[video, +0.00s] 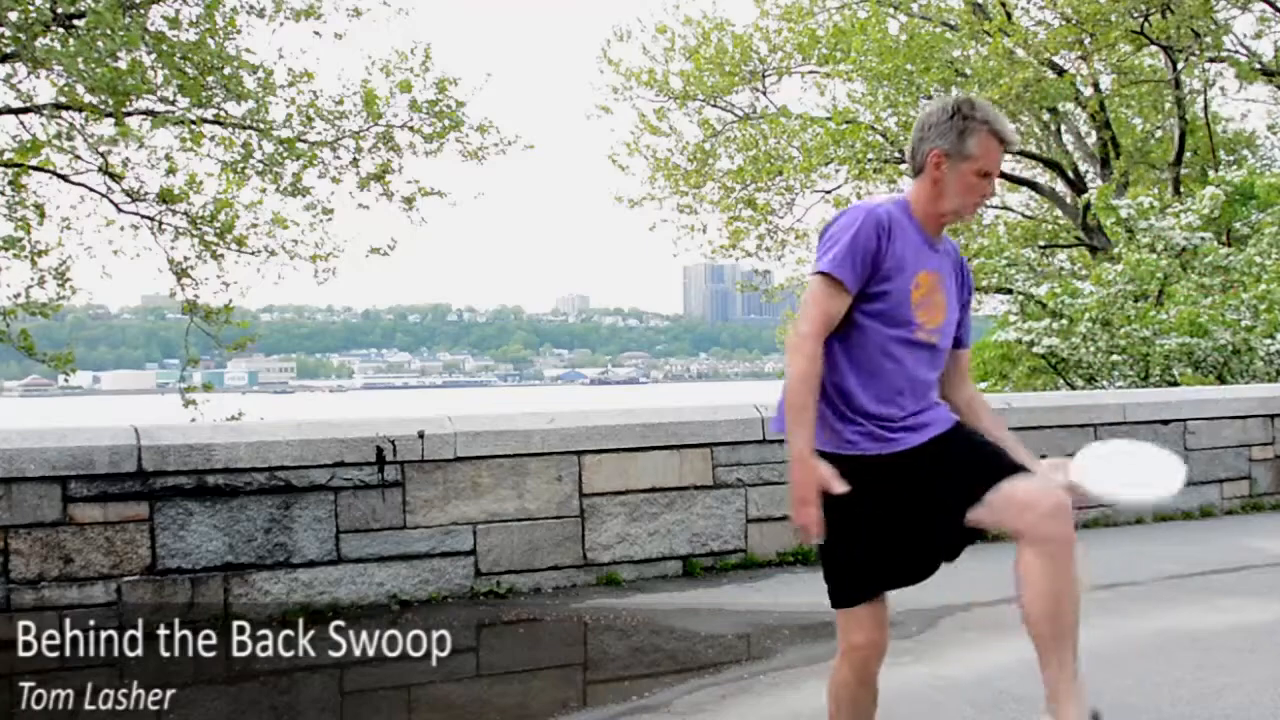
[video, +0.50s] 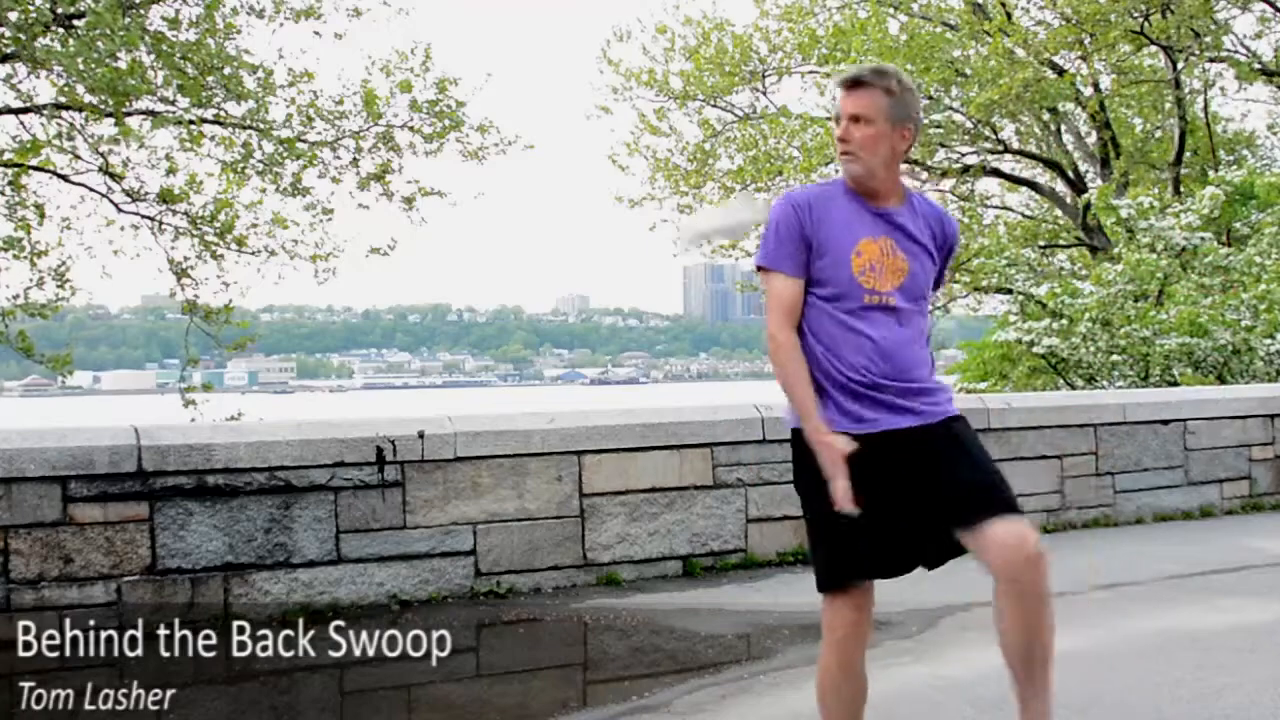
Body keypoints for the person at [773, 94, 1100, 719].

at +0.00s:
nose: (991, 191)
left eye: (995, 178)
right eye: (982, 174)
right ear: (935, 164)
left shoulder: (953, 266)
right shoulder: (867, 225)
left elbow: (958, 389)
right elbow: (805, 337)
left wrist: (1030, 467)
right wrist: (802, 457)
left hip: (930, 445)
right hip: (849, 458)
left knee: (1046, 510)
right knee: (863, 642)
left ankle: (1068, 708)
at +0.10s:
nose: (978, 211)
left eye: (984, 198)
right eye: (972, 193)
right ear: (925, 175)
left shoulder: (941, 272)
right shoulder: (854, 230)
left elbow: (945, 387)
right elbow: (785, 339)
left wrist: (1000, 491)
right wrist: (757, 453)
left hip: (908, 439)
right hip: (828, 457)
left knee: (1040, 475)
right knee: (848, 643)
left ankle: (1103, 681)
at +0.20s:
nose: (953, 210)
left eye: (963, 197)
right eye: (945, 194)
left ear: (967, 193)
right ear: (902, 175)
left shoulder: (932, 272)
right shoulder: (832, 232)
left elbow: (928, 376)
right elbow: (766, 335)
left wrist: (962, 476)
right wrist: (735, 447)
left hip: (905, 439)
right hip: (821, 455)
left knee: (1038, 466)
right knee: (845, 640)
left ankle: (1121, 666)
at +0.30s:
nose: (919, 187)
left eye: (931, 174)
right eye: (907, 169)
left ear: (941, 175)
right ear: (871, 160)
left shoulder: (931, 261)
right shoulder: (814, 230)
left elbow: (915, 368)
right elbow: (757, 338)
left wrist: (936, 448)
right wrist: (742, 449)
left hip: (909, 438)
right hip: (826, 454)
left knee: (1041, 477)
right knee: (846, 644)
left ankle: (1104, 684)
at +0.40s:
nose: (868, 155)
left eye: (885, 143)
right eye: (859, 140)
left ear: (917, 153)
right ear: (847, 144)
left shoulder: (933, 244)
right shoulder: (804, 222)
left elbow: (910, 347)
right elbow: (767, 340)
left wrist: (926, 423)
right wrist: (776, 451)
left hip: (920, 432)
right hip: (830, 446)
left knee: (1042, 507)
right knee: (846, 635)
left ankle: (1069, 706)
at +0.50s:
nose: (842, 135)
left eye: (859, 123)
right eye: (839, 122)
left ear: (903, 138)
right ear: (835, 130)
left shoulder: (938, 227)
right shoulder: (801, 210)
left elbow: (906, 327)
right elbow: (780, 332)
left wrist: (920, 408)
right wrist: (819, 435)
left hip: (928, 425)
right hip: (835, 435)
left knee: (1021, 555)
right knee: (847, 620)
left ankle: (1036, 715)